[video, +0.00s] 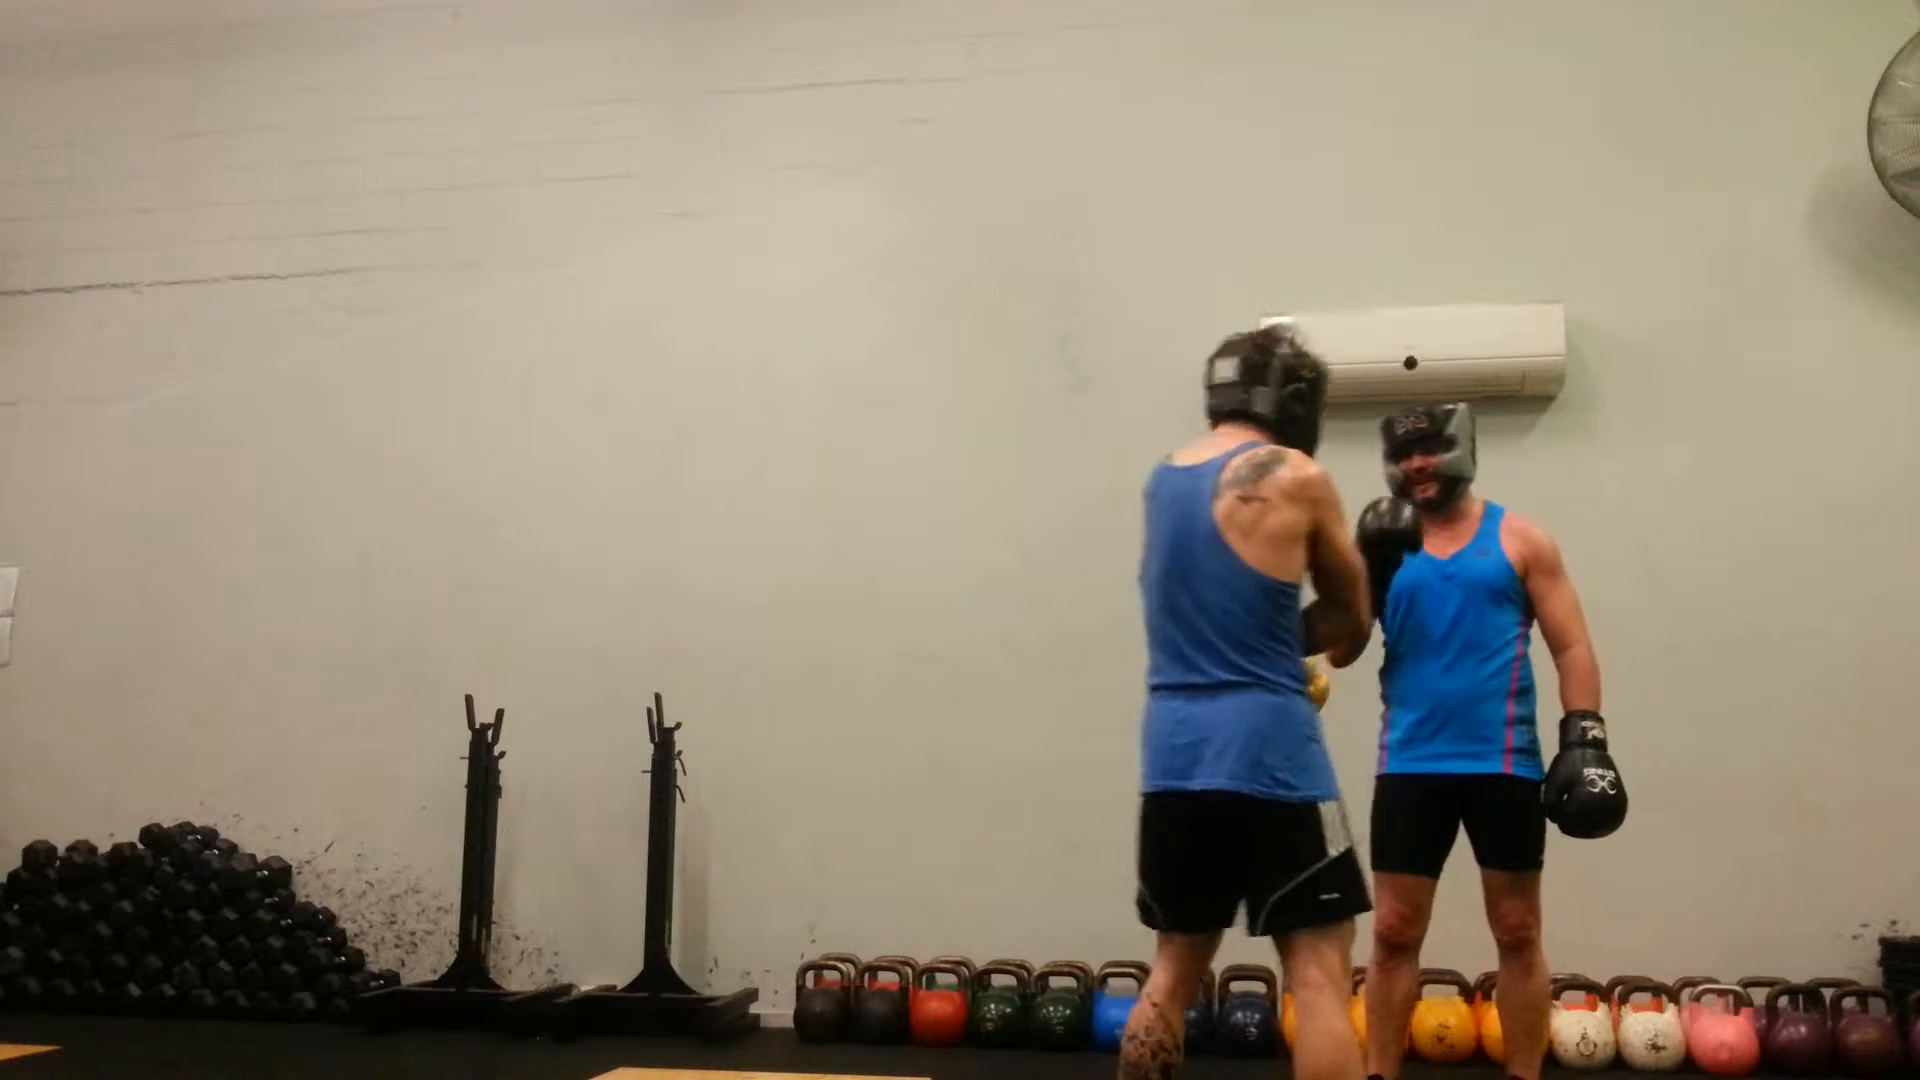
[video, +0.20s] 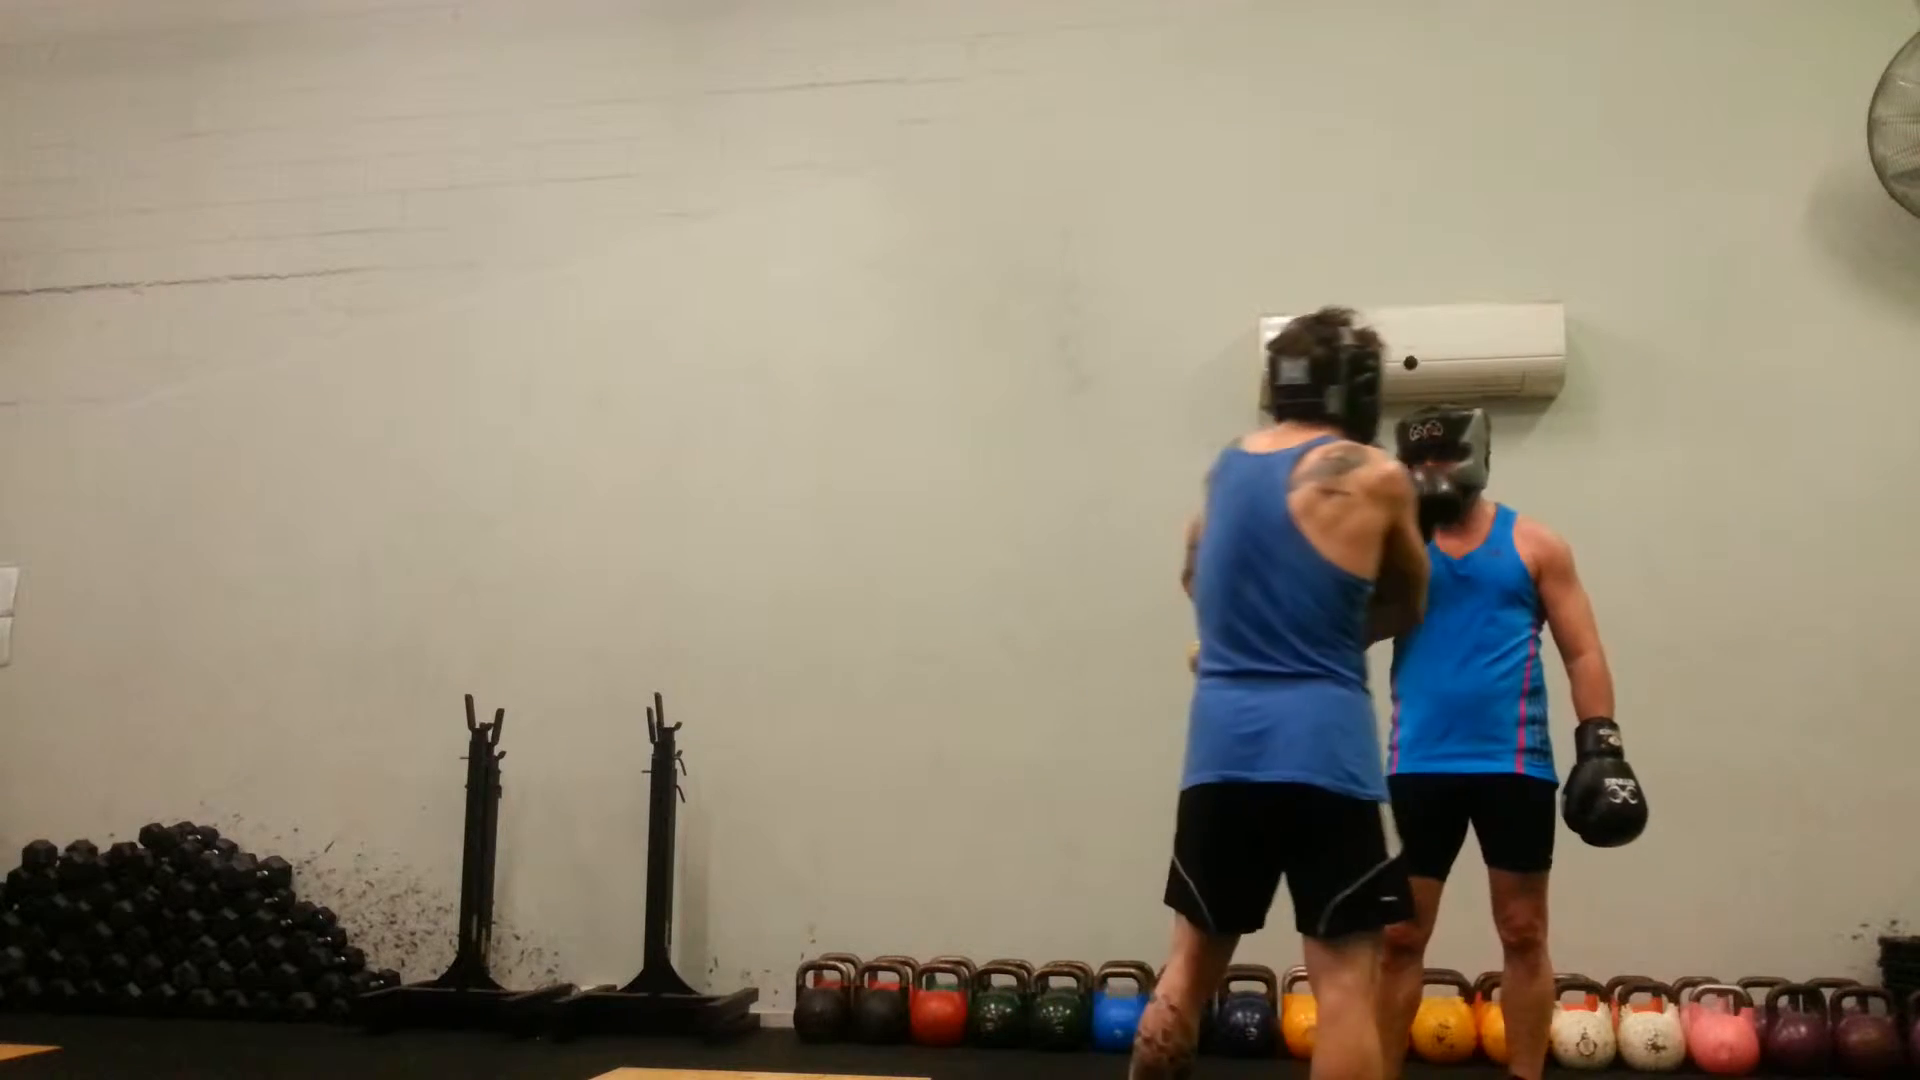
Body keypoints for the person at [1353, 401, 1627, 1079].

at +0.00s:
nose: (1418, 464)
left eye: (1432, 449)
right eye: (1403, 453)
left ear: (1463, 453)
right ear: (1389, 467)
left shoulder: (1519, 540)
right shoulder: (1386, 547)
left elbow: (1572, 645)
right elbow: (1339, 646)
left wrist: (1584, 742)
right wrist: (1366, 562)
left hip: (1503, 765)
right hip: (1411, 767)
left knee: (1517, 932)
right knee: (1394, 932)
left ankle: (1525, 1074)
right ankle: (1380, 1073)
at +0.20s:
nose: (1434, 474)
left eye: (1447, 460)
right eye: (1421, 462)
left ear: (1478, 463)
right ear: (1404, 469)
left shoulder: (1533, 545)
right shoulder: (1399, 548)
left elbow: (1583, 652)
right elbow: (1351, 624)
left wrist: (1600, 749)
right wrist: (1396, 510)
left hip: (1515, 766)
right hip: (1420, 767)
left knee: (1523, 934)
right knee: (1398, 940)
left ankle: (1527, 1073)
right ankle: (1382, 1075)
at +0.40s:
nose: (1448, 481)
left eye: (1456, 467)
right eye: (1436, 469)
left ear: (1480, 470)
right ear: (1420, 479)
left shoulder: (1543, 545)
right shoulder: (1405, 548)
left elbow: (1589, 655)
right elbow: (1364, 649)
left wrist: (1613, 755)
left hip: (1517, 768)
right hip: (1421, 768)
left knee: (1524, 934)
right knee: (1403, 934)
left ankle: (1526, 1072)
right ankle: (1385, 1068)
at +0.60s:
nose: (1448, 479)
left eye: (1456, 462)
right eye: (1435, 467)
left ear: (1482, 465)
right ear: (1419, 480)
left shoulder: (1547, 544)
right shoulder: (1405, 543)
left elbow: (1593, 651)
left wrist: (1617, 750)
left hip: (1516, 768)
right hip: (1421, 766)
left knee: (1524, 933)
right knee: (1399, 939)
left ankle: (1526, 1071)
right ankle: (1382, 1068)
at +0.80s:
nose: (1453, 475)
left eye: (1463, 460)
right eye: (1438, 465)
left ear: (1485, 465)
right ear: (1421, 478)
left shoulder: (1544, 543)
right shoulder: (1404, 544)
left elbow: (1591, 650)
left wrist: (1615, 746)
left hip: (1514, 766)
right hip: (1420, 765)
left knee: (1522, 933)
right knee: (1396, 944)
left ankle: (1526, 1072)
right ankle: (1385, 1070)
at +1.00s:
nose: (1448, 478)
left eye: (1457, 461)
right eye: (1433, 467)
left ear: (1481, 465)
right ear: (1414, 481)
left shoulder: (1541, 542)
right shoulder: (1399, 545)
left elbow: (1587, 645)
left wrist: (1606, 740)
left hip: (1510, 767)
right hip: (1416, 767)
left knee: (1520, 934)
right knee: (1390, 947)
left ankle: (1525, 1072)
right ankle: (1382, 1070)